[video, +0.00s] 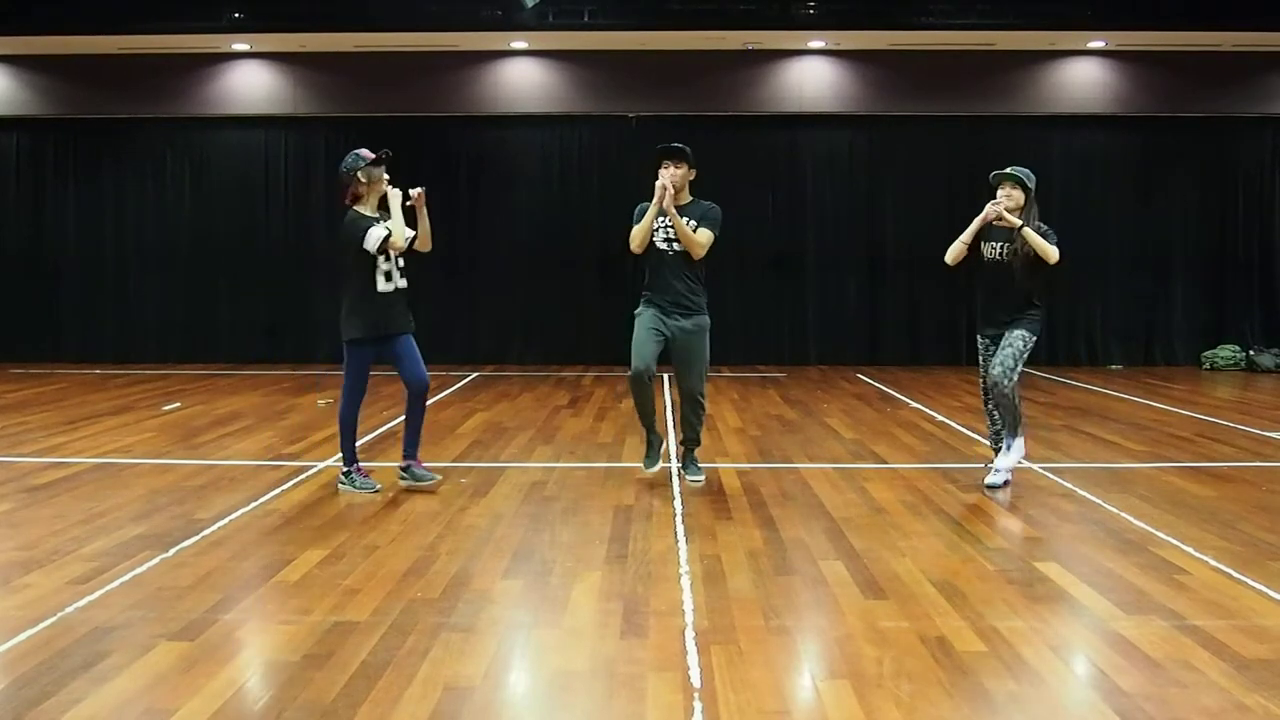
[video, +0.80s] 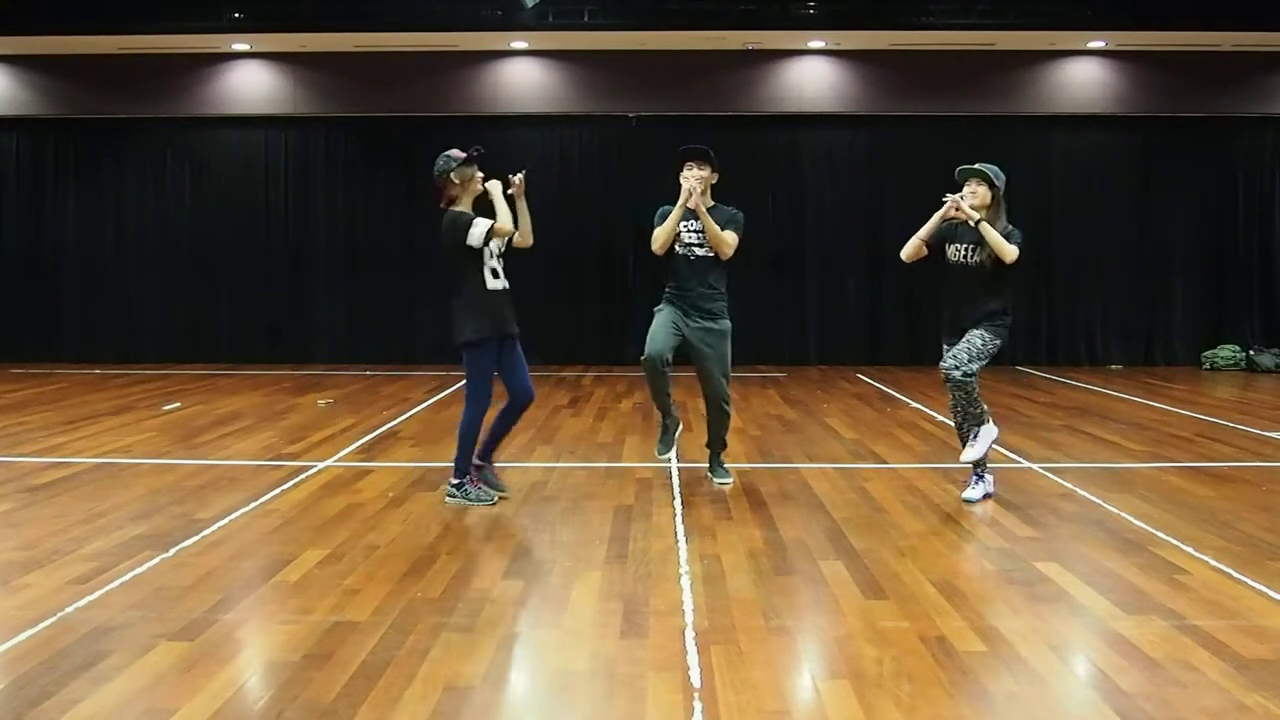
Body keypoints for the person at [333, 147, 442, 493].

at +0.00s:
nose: (386, 173)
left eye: (383, 168)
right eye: (378, 169)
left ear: (372, 179)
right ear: (361, 179)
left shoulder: (388, 216)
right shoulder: (355, 221)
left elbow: (424, 245)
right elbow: (397, 243)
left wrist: (421, 210)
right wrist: (394, 205)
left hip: (394, 318)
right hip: (359, 321)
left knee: (419, 383)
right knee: (354, 394)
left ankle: (410, 463)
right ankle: (349, 469)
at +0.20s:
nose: (407, 174)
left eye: (405, 169)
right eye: (398, 171)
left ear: (396, 179)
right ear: (381, 181)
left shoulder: (410, 217)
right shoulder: (376, 222)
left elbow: (442, 254)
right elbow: (417, 242)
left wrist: (444, 216)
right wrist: (417, 204)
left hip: (424, 317)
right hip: (394, 320)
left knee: (429, 391)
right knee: (403, 394)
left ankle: (421, 472)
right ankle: (359, 457)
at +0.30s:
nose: (416, 173)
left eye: (413, 168)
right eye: (407, 172)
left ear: (415, 176)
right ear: (391, 184)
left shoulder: (430, 215)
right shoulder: (387, 220)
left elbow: (469, 240)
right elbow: (421, 236)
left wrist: (458, 201)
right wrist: (426, 197)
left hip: (437, 314)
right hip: (408, 316)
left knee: (433, 394)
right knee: (433, 390)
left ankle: (421, 472)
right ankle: (387, 447)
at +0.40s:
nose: (422, 170)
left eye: (421, 165)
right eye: (412, 168)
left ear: (427, 173)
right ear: (397, 182)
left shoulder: (444, 213)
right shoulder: (397, 219)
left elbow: (485, 228)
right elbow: (427, 232)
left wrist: (469, 190)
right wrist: (433, 192)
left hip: (447, 312)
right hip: (418, 314)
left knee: (431, 392)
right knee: (450, 387)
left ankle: (422, 470)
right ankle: (424, 463)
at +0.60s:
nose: (450, 184)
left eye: (449, 178)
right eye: (442, 181)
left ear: (449, 182)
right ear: (425, 189)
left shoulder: (461, 219)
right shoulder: (420, 228)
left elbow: (495, 249)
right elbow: (453, 246)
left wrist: (492, 206)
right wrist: (461, 205)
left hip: (469, 315)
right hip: (447, 317)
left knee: (457, 397)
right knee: (469, 395)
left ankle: (425, 470)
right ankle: (460, 480)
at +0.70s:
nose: (463, 178)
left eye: (461, 172)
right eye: (454, 173)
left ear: (457, 179)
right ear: (438, 183)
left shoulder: (468, 220)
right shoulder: (436, 225)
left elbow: (508, 247)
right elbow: (479, 236)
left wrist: (507, 205)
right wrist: (477, 198)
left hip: (490, 317)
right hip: (465, 320)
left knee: (495, 398)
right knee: (473, 400)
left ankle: (444, 456)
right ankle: (459, 480)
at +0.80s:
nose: (478, 172)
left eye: (474, 167)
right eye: (469, 168)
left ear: (465, 179)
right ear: (453, 180)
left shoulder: (480, 221)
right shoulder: (456, 220)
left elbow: (525, 239)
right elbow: (503, 229)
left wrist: (519, 198)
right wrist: (497, 193)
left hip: (501, 318)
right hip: (477, 321)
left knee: (522, 395)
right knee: (478, 401)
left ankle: (482, 461)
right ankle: (459, 481)